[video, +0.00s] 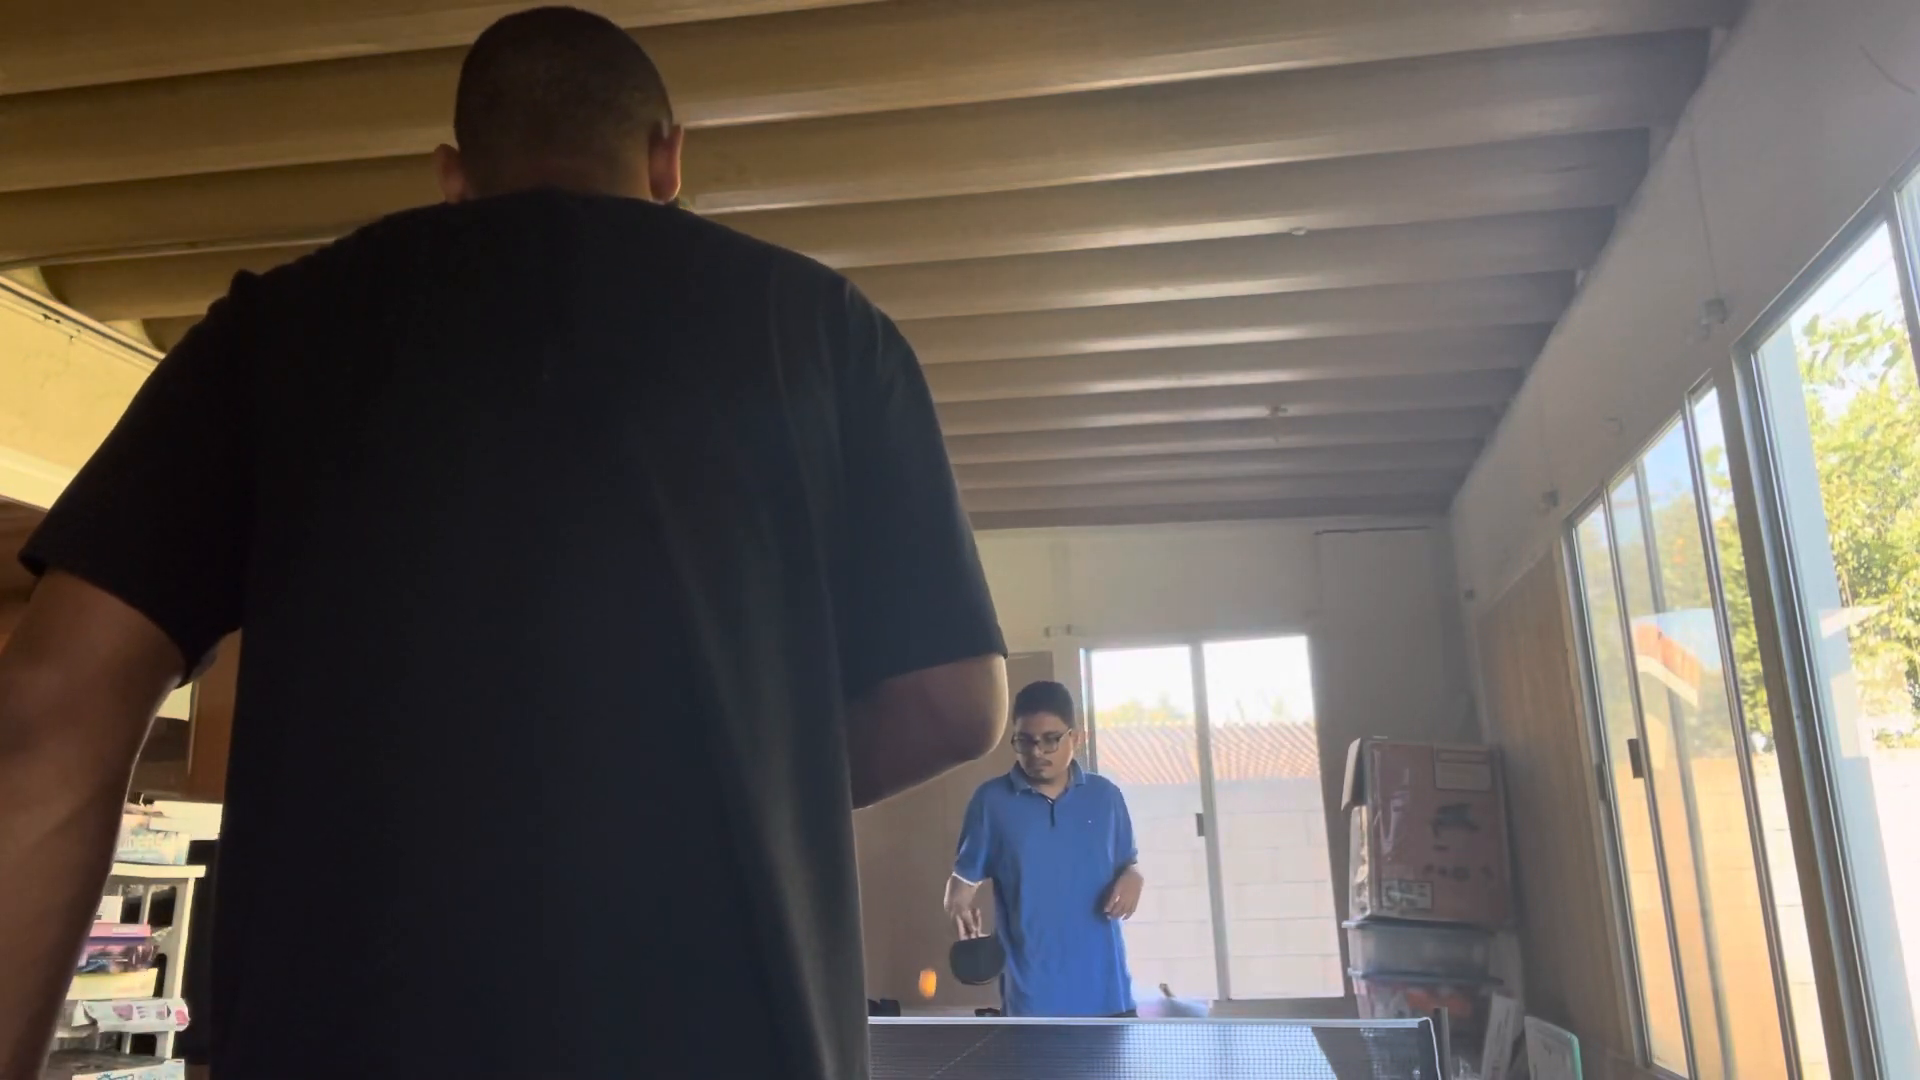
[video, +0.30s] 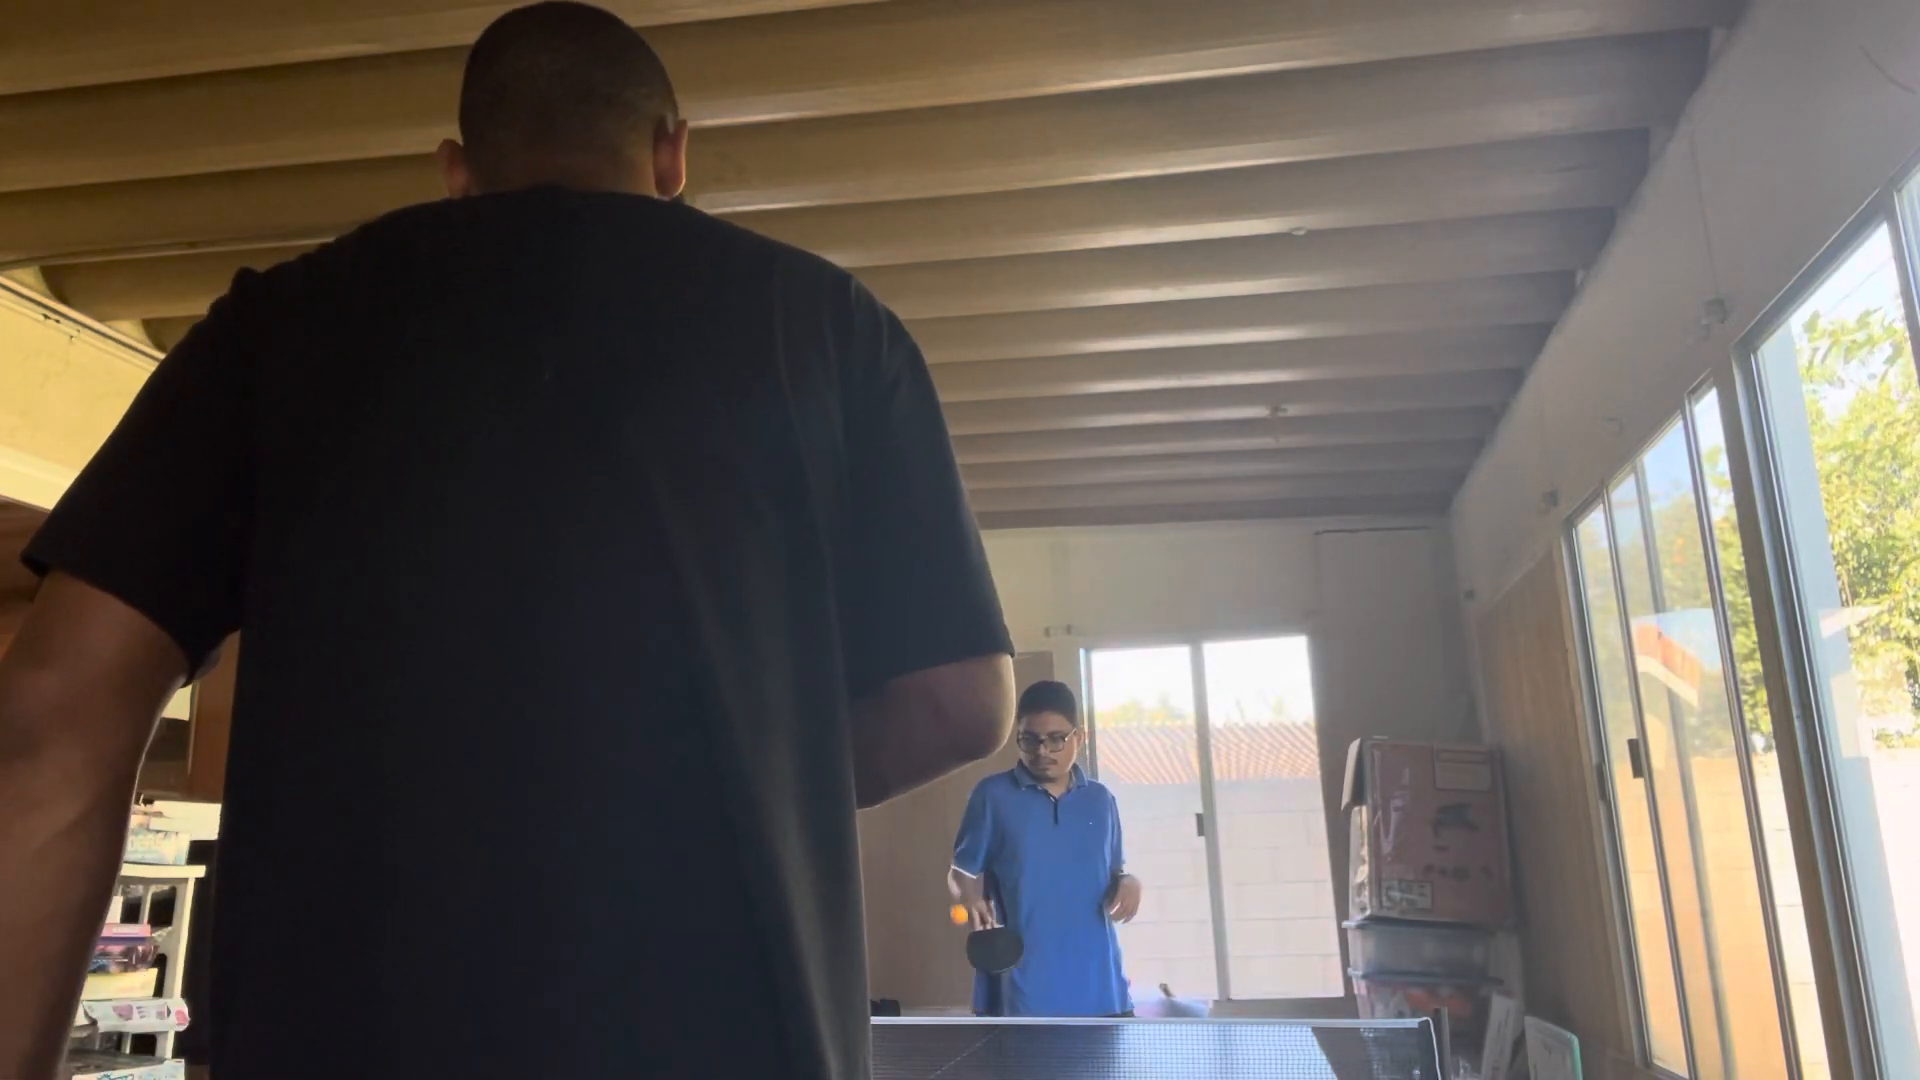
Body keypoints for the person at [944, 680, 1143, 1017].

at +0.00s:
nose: (1038, 752)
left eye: (1051, 739)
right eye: (1026, 740)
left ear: (1075, 739)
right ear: (1013, 740)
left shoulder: (1105, 797)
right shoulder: (992, 801)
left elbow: (1127, 864)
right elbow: (964, 880)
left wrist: (1133, 879)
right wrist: (960, 906)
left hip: (1105, 990)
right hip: (1032, 996)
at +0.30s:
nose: (1043, 751)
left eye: (1056, 738)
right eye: (1030, 739)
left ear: (1078, 739)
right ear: (1016, 738)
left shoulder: (1100, 800)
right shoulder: (992, 796)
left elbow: (1112, 877)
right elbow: (962, 871)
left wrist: (1130, 883)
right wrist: (972, 900)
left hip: (1098, 992)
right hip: (1023, 996)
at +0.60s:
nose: (1045, 750)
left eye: (1057, 737)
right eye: (1032, 738)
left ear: (1079, 737)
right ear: (1018, 738)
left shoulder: (1100, 801)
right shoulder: (995, 793)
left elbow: (1113, 881)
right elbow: (959, 869)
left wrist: (1134, 882)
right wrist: (995, 906)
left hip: (1098, 992)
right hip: (1023, 997)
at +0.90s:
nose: (1046, 743)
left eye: (1058, 731)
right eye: (1033, 733)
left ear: (1079, 734)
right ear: (1018, 738)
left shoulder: (1102, 800)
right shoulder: (996, 795)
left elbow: (1118, 881)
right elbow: (958, 879)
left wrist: (1140, 877)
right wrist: (990, 847)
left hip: (1102, 991)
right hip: (1027, 995)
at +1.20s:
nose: (1052, 737)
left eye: (1063, 725)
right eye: (1039, 727)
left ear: (1083, 733)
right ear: (1025, 735)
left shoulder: (1106, 798)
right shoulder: (998, 799)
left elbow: (1119, 883)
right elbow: (967, 890)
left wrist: (1139, 879)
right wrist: (1005, 873)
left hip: (1105, 991)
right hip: (1031, 996)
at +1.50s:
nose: (1054, 736)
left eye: (1066, 724)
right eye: (1042, 726)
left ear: (1085, 733)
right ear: (1027, 733)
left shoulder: (1111, 798)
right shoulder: (1003, 799)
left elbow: (1128, 871)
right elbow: (972, 891)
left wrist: (1140, 876)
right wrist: (1002, 875)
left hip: (1106, 989)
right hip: (1033, 993)